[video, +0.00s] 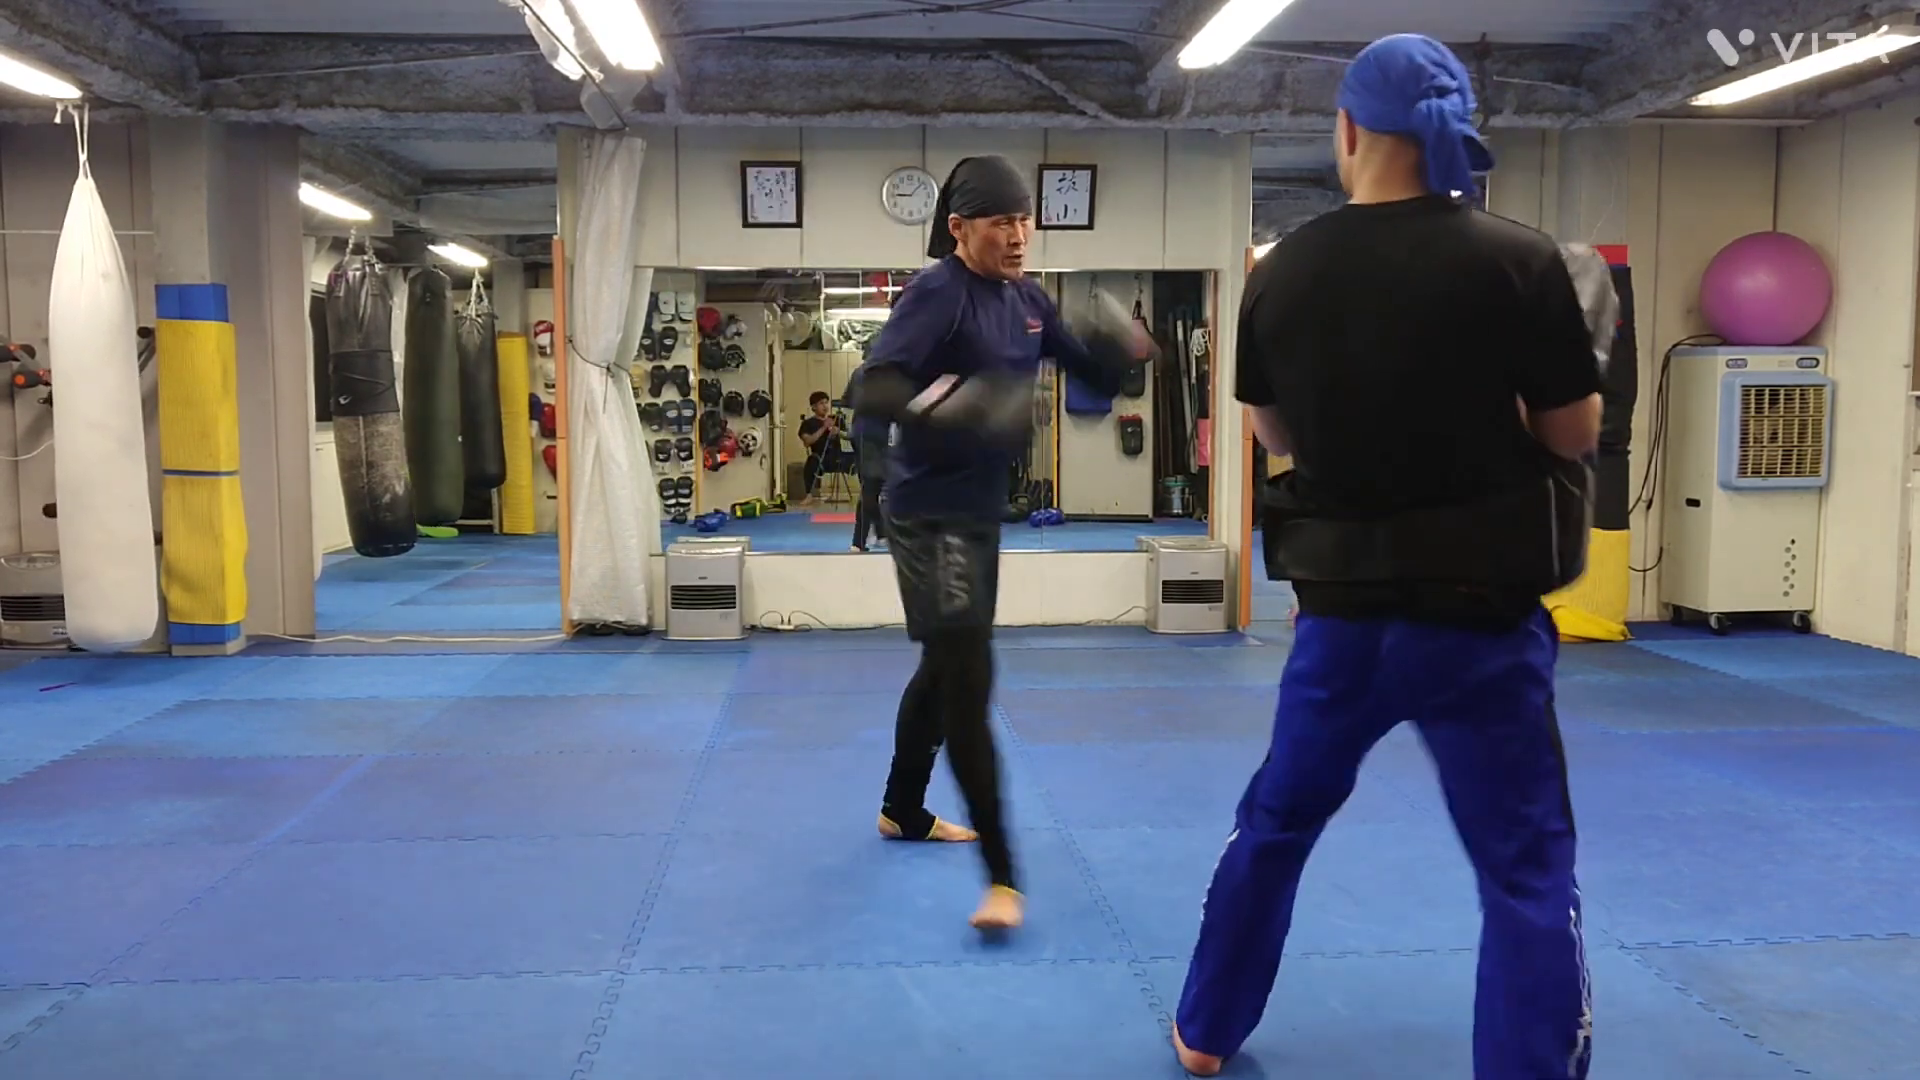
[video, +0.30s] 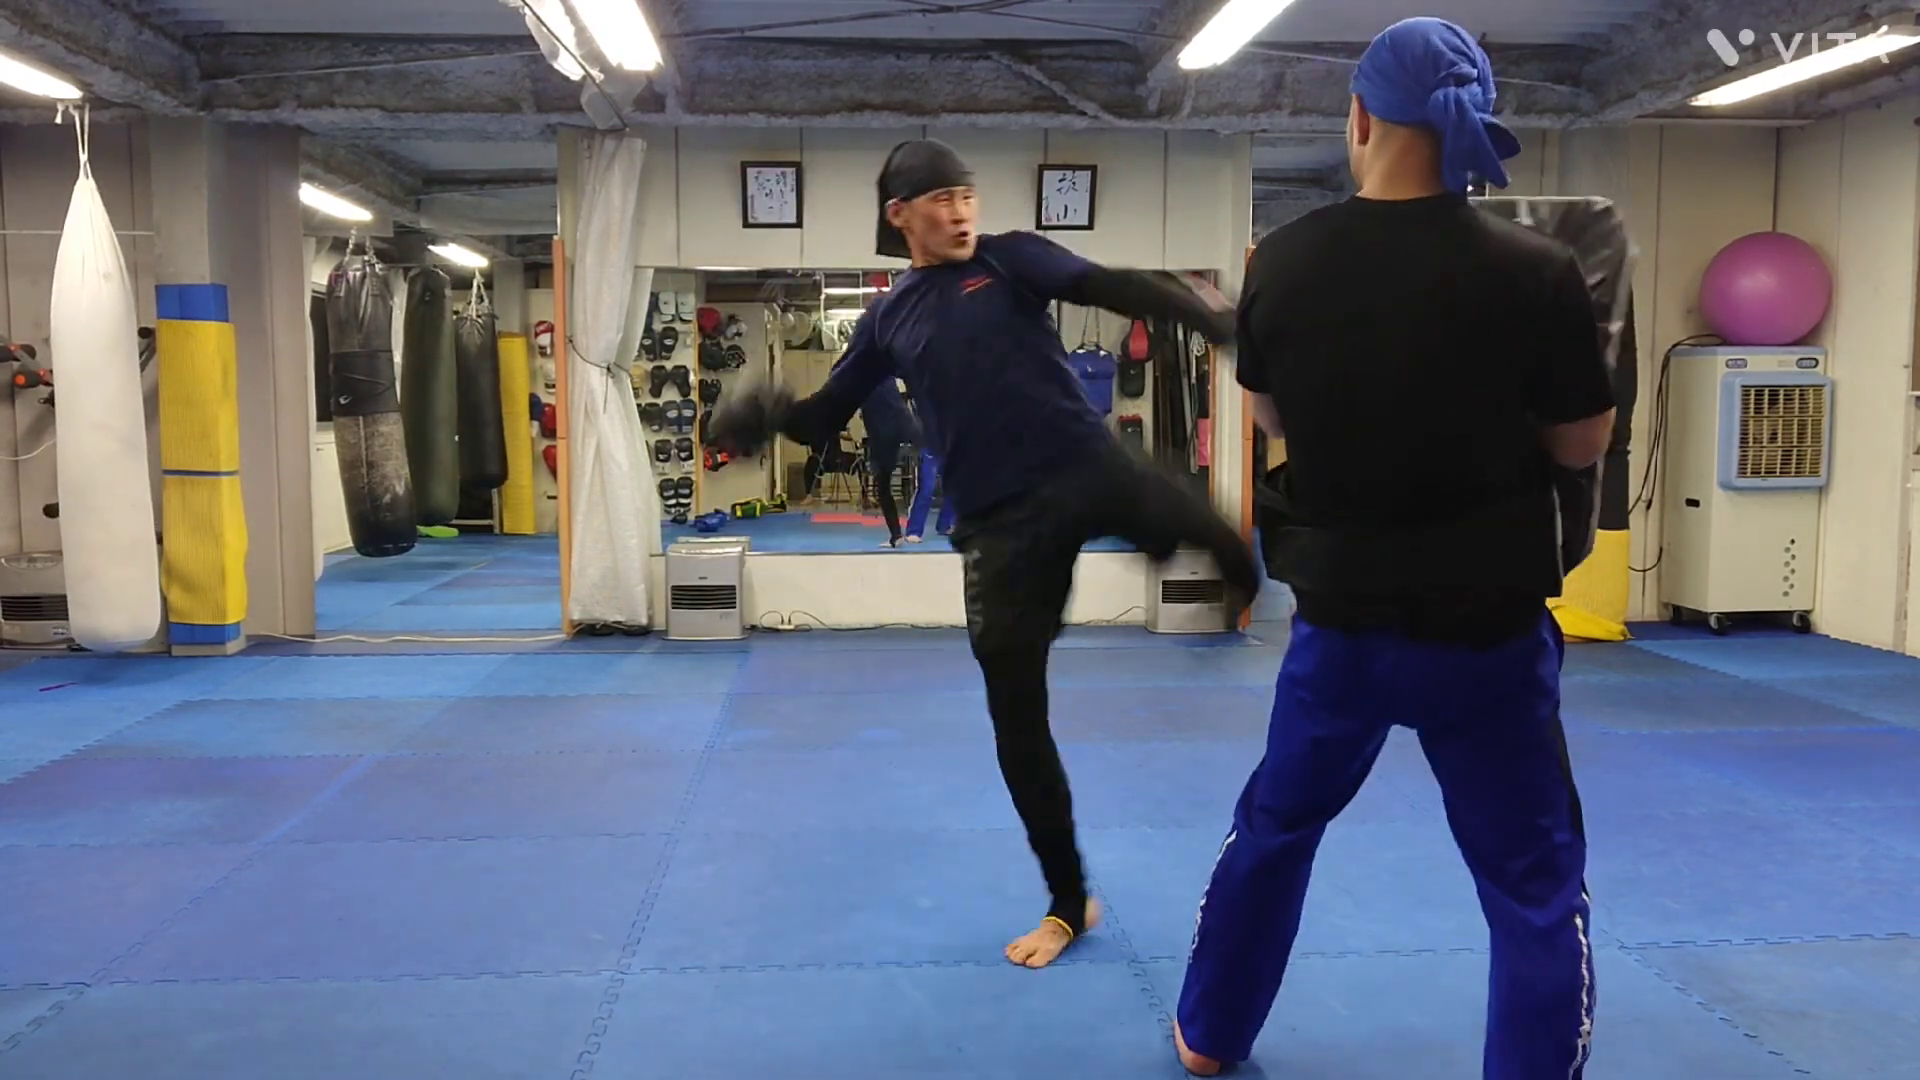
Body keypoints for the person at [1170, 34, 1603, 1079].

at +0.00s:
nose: (1336, 144)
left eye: (1338, 128)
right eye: (1342, 128)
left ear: (1352, 136)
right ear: (1453, 138)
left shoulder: (1280, 272)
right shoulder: (1520, 263)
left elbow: (1277, 435)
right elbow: (1574, 433)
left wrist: (1380, 420)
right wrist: (1490, 397)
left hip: (1340, 619)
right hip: (1483, 621)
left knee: (1275, 823)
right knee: (1528, 877)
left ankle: (1204, 1035)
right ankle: (1536, 1069)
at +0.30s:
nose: (1349, 132)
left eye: (1351, 116)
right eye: (1358, 116)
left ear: (1366, 123)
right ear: (1467, 129)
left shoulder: (1285, 261)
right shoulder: (1535, 272)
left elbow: (1267, 411)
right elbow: (1584, 441)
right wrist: (1475, 388)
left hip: (1340, 629)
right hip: (1487, 637)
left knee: (1274, 828)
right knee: (1534, 883)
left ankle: (1207, 1040)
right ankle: (1540, 1068)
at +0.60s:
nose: (1221, 116)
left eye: (1229, 99)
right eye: (1227, 100)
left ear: (1252, 109)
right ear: (1345, 113)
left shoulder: (1192, 255)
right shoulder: (1410, 245)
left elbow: (1208, 391)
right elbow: (1529, 394)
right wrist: (1485, 275)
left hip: (1266, 628)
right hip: (1409, 635)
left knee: (1206, 813)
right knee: (1508, 880)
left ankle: (1105, 1038)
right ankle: (1530, 1067)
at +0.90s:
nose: (1158, 81)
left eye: (1151, 59)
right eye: (1152, 61)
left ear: (1035, 87)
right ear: (1137, 80)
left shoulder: (1014, 230)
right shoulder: (1104, 229)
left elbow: (1103, 398)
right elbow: (1211, 408)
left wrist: (1252, 327)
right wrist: (1290, 334)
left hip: (1041, 634)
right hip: (1141, 638)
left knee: (1090, 870)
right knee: (1301, 877)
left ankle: (1024, 1070)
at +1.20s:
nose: (1025, 51)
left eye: (1018, 34)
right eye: (1017, 34)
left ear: (911, 63)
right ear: (992, 54)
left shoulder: (880, 192)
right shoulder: (961, 195)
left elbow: (953, 381)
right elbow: (1073, 401)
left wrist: (1084, 313)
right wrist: (1137, 316)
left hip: (899, 607)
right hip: (935, 618)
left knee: (1004, 862)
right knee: (879, 936)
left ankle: (1008, 1072)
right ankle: (744, 1077)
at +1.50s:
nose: (903, 41)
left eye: (901, 19)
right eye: (897, 16)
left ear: (802, 41)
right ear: (855, 34)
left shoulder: (782, 179)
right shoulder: (774, 184)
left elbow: (886, 377)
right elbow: (903, 399)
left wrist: (971, 294)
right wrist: (990, 283)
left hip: (812, 615)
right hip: (784, 629)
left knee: (873, 835)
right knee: (780, 920)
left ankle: (820, 1058)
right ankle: (710, 1078)